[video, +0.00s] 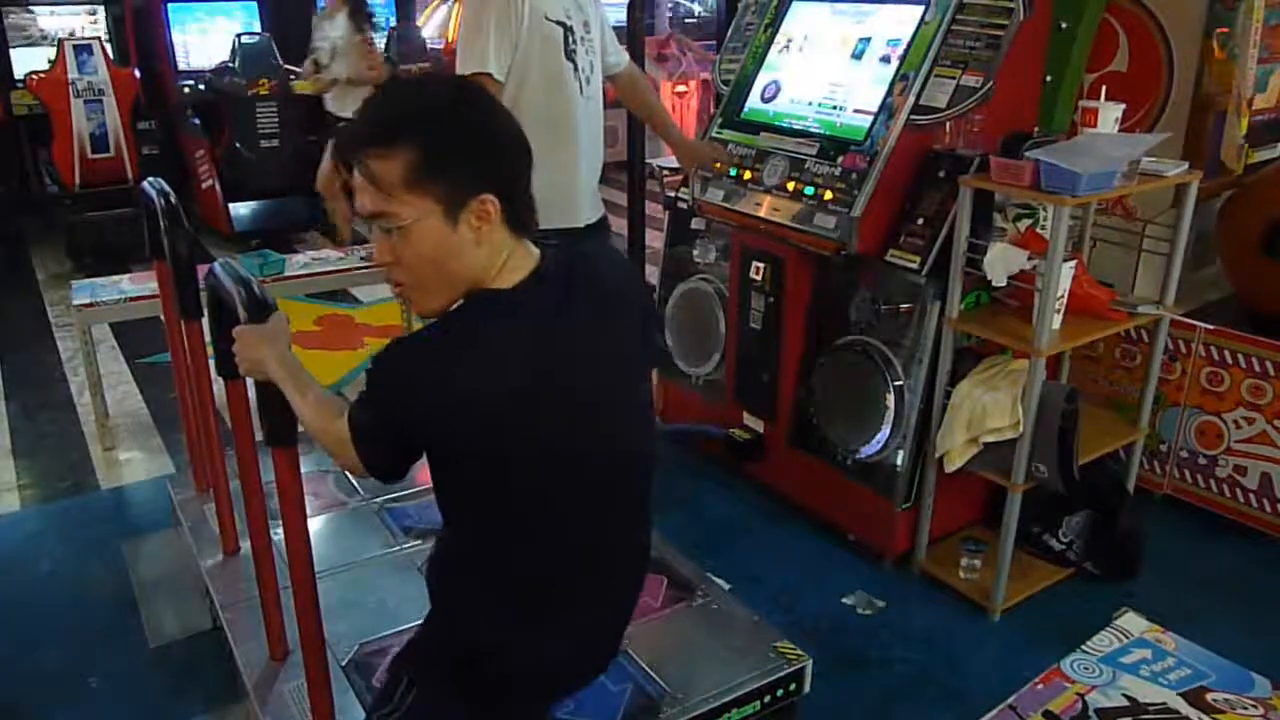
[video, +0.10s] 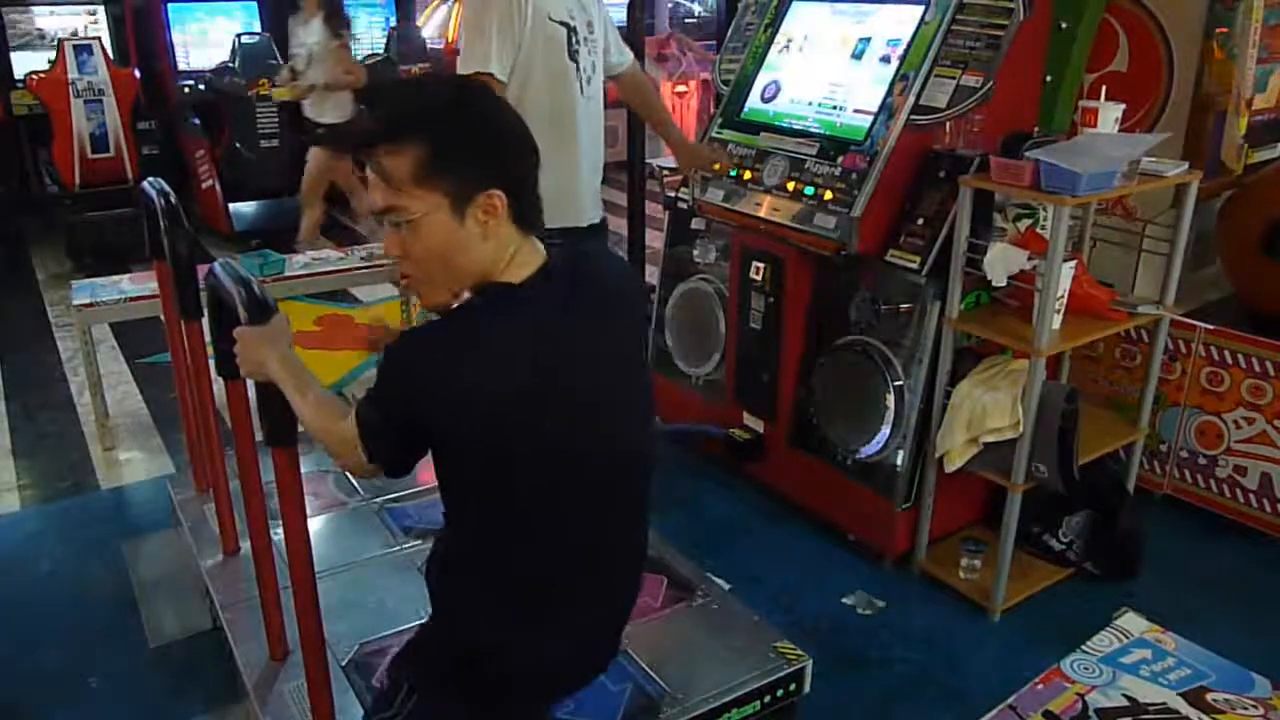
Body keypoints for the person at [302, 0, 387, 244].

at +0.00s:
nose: (326, 1)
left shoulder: (359, 26)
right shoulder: (320, 23)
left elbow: (379, 72)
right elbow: (318, 57)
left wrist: (336, 79)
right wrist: (309, 69)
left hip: (353, 116)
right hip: (330, 113)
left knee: (326, 184)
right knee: (356, 182)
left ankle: (344, 243)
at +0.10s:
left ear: (320, 0)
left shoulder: (333, 27)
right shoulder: (295, 23)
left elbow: (358, 77)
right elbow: (298, 63)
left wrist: (317, 83)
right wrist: (286, 77)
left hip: (336, 121)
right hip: (312, 118)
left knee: (311, 192)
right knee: (349, 184)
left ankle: (306, 248)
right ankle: (374, 231)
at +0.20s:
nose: (278, 0)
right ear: (275, 1)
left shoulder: (306, 28)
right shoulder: (270, 27)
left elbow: (336, 80)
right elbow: (271, 71)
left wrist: (292, 89)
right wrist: (260, 83)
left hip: (311, 125)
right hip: (290, 124)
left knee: (290, 198)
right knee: (329, 193)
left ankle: (285, 266)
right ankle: (369, 245)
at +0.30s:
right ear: (254, 1)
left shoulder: (283, 28)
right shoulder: (246, 27)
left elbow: (310, 81)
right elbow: (240, 70)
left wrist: (264, 89)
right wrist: (233, 83)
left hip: (287, 121)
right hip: (261, 121)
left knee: (276, 197)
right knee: (273, 195)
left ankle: (277, 268)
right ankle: (337, 237)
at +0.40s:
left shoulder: (255, 26)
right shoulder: (221, 22)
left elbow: (281, 83)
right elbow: (219, 67)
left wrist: (233, 90)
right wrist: (206, 80)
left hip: (265, 125)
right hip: (235, 124)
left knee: (269, 210)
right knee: (233, 204)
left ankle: (281, 274)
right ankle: (279, 220)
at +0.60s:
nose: (169, 3)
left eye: (173, 0)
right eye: (168, 1)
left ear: (187, 2)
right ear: (168, 4)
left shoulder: (202, 35)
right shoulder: (167, 30)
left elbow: (225, 92)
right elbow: (172, 77)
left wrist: (172, 98)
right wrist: (147, 86)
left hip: (218, 137)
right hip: (187, 136)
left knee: (243, 208)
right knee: (165, 209)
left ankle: (270, 264)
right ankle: (175, 274)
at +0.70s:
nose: (129, 2)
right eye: (130, 1)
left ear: (150, 2)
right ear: (135, 5)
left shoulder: (169, 34)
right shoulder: (136, 34)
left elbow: (194, 96)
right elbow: (152, 82)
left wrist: (141, 103)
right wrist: (129, 88)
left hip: (187, 141)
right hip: (153, 140)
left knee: (216, 218)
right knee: (144, 218)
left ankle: (264, 270)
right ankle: (137, 294)